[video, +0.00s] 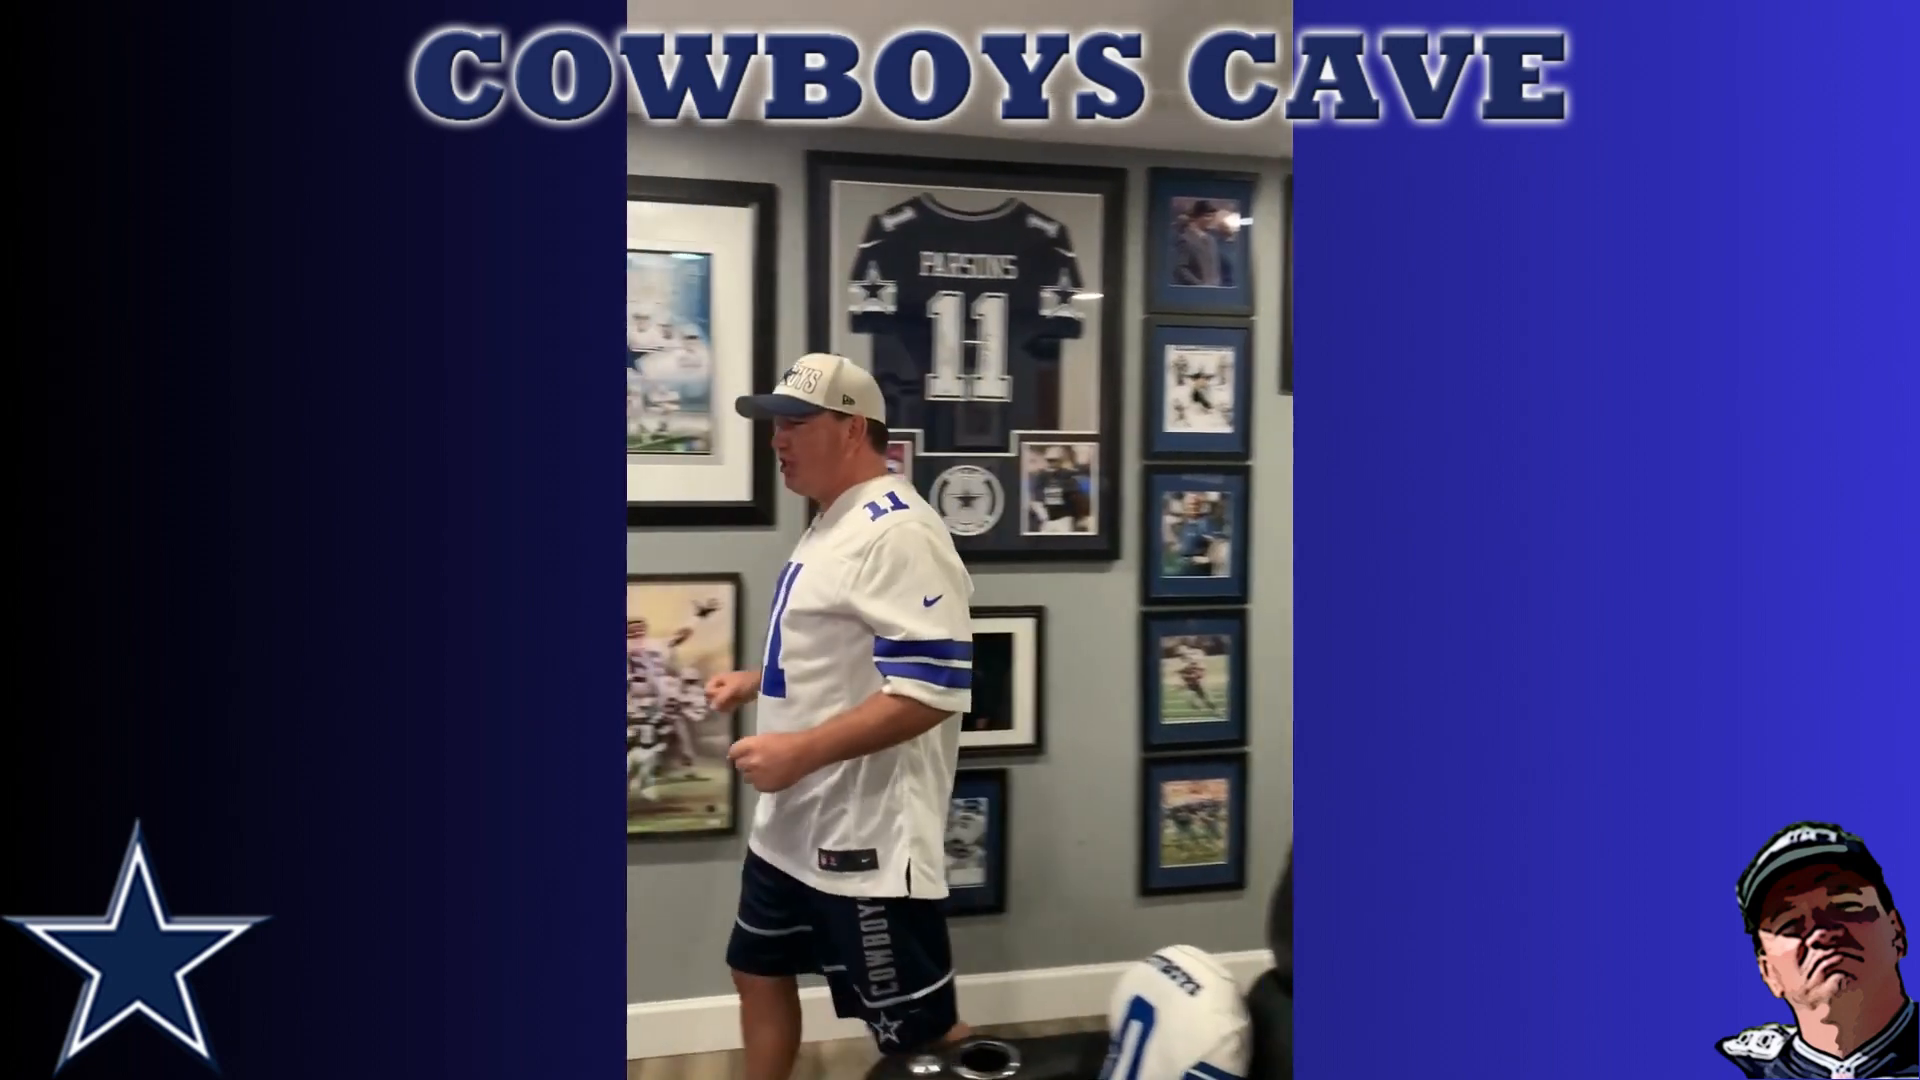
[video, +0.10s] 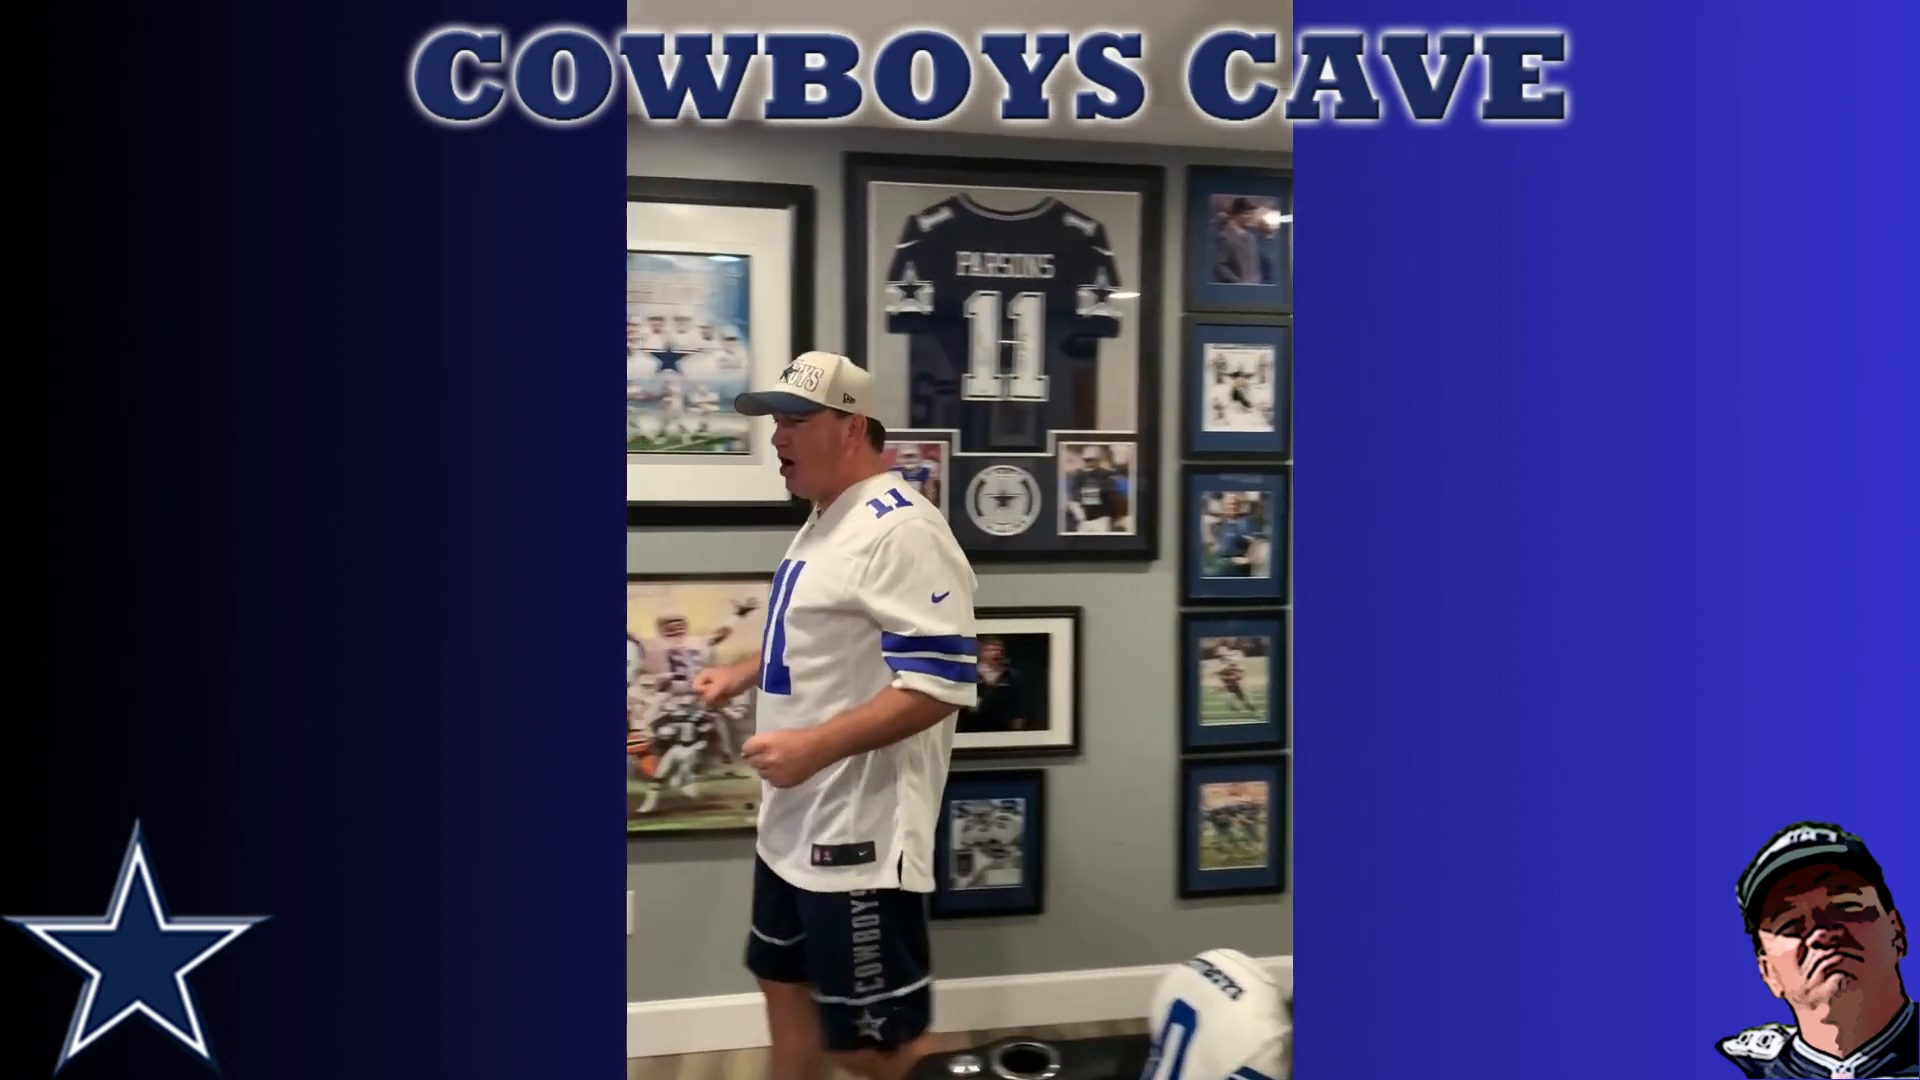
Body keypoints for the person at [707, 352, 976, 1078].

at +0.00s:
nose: (777, 439)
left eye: (795, 423)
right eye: (777, 423)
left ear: (851, 430)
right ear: (843, 434)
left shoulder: (901, 532)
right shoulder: (834, 522)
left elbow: (934, 686)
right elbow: (841, 660)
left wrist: (803, 750)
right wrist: (758, 681)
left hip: (873, 837)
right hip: (794, 822)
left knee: (922, 1033)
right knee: (759, 969)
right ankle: (768, 1078)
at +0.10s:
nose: (778, 438)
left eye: (796, 421)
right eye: (777, 421)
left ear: (850, 429)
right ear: (837, 433)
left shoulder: (904, 530)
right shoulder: (828, 520)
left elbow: (939, 685)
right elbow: (815, 636)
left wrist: (815, 744)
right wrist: (744, 672)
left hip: (864, 838)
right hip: (795, 823)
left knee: (875, 1044)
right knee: (783, 977)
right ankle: (794, 1077)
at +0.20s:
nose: (782, 430)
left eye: (802, 412)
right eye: (781, 413)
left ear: (856, 421)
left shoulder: (913, 520)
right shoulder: (827, 516)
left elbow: (955, 670)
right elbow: (809, 626)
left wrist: (839, 735)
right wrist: (732, 660)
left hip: (866, 823)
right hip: (813, 815)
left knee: (824, 1029)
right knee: (833, 1024)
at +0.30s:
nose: (795, 423)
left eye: (815, 405)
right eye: (791, 406)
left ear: (868, 414)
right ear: (787, 413)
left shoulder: (924, 512)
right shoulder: (832, 511)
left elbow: (974, 658)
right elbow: (821, 623)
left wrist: (859, 725)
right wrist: (735, 650)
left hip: (879, 811)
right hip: (830, 803)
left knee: (812, 1009)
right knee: (864, 983)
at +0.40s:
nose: (810, 423)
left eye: (831, 406)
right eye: (805, 407)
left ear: (883, 415)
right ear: (799, 415)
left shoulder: (935, 518)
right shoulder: (846, 514)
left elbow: (984, 664)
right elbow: (834, 629)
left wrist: (867, 731)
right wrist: (749, 653)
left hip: (886, 822)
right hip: (836, 814)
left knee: (837, 1018)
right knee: (867, 1005)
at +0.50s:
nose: (834, 421)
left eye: (855, 404)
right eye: (826, 405)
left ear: (907, 414)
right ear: (819, 415)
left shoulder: (953, 520)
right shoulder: (858, 510)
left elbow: (991, 667)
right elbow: (855, 630)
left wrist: (873, 728)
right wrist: (774, 652)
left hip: (905, 812)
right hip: (830, 793)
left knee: (867, 1009)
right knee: (789, 942)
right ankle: (886, 1059)